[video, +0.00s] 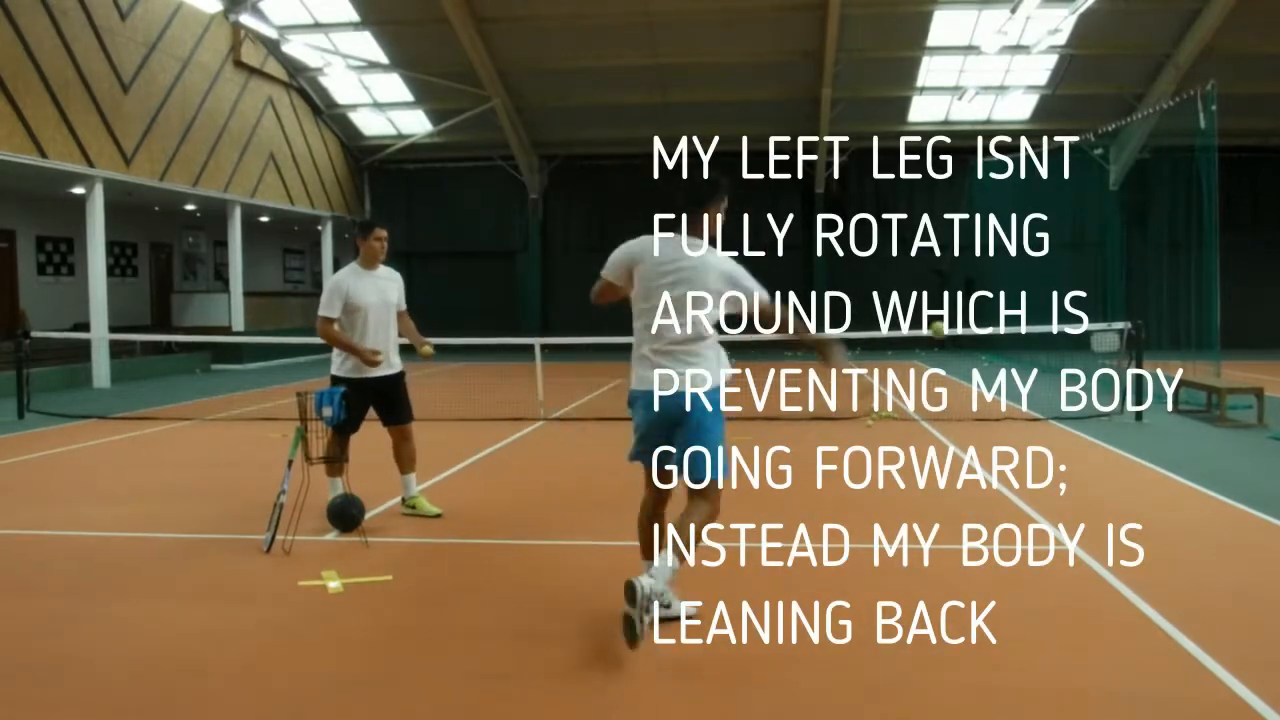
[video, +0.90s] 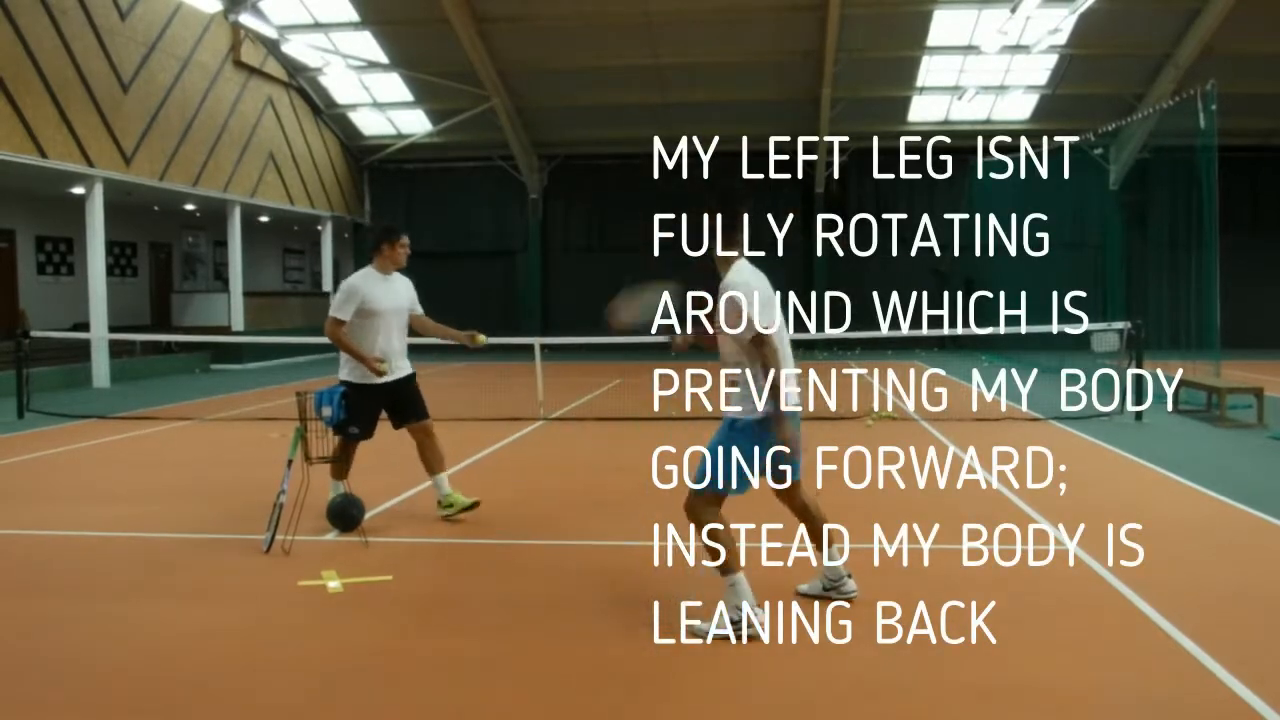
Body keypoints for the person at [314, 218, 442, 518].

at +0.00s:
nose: (383, 245)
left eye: (386, 240)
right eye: (378, 240)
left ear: (387, 244)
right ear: (360, 243)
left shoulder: (393, 278)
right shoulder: (341, 281)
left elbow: (401, 316)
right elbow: (324, 328)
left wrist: (418, 341)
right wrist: (359, 351)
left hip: (389, 373)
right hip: (351, 376)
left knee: (403, 432)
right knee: (340, 436)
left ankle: (411, 495)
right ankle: (337, 497)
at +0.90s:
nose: (408, 252)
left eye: (408, 247)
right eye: (403, 247)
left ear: (395, 250)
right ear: (384, 249)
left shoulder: (404, 284)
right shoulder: (355, 284)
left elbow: (419, 322)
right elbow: (332, 330)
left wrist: (460, 336)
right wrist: (365, 359)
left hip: (400, 377)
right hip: (361, 381)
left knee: (423, 430)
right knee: (348, 441)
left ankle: (446, 496)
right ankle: (337, 497)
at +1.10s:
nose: (437, 264)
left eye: (440, 258)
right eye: (431, 258)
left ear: (443, 262)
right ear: (414, 260)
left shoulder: (445, 300)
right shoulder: (386, 291)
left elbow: (454, 345)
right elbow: (357, 328)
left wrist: (478, 383)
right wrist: (377, 365)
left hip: (419, 380)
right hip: (377, 381)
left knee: (443, 432)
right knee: (355, 439)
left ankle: (454, 503)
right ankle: (338, 494)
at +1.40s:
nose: (467, 260)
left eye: (469, 255)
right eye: (460, 254)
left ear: (472, 260)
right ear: (444, 257)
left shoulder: (475, 301)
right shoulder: (415, 286)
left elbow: (483, 347)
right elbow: (389, 322)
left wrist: (492, 392)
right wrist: (403, 358)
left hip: (445, 376)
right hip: (404, 374)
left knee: (459, 433)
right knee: (380, 434)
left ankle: (456, 503)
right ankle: (359, 495)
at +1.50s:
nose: (465, 257)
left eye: (468, 252)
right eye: (459, 251)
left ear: (471, 259)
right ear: (444, 256)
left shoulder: (475, 296)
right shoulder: (415, 286)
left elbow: (496, 329)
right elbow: (390, 323)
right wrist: (400, 354)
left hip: (448, 376)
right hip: (407, 373)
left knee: (459, 433)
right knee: (386, 434)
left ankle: (456, 503)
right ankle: (367, 494)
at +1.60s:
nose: (462, 255)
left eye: (465, 250)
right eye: (456, 249)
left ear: (468, 257)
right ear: (440, 255)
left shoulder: (473, 291)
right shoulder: (414, 286)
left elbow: (500, 307)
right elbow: (390, 321)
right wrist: (393, 360)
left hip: (448, 378)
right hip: (407, 374)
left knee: (459, 434)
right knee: (382, 436)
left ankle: (456, 503)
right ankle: (365, 493)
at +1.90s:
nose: (427, 252)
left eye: (429, 248)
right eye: (420, 247)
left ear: (433, 255)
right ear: (404, 255)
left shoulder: (447, 290)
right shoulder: (386, 292)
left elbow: (482, 327)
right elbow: (365, 335)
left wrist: (486, 303)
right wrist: (373, 368)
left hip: (433, 381)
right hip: (392, 383)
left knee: (452, 435)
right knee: (373, 444)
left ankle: (455, 503)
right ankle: (341, 485)